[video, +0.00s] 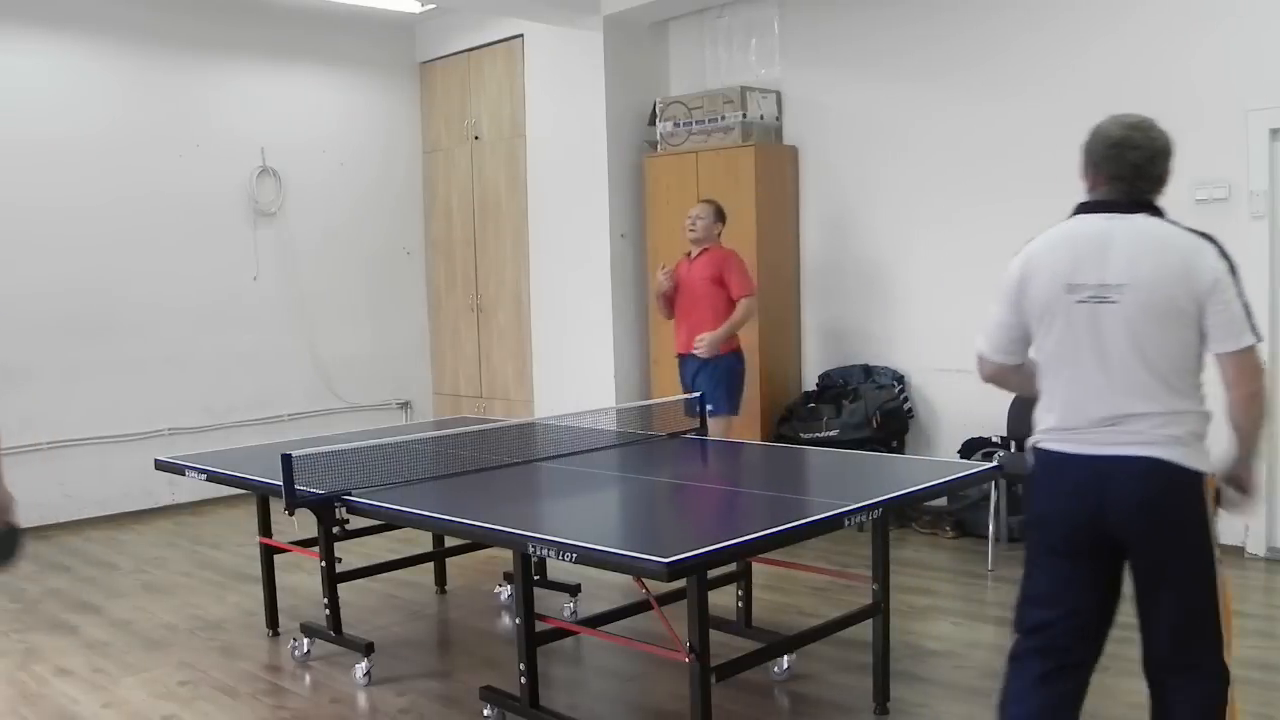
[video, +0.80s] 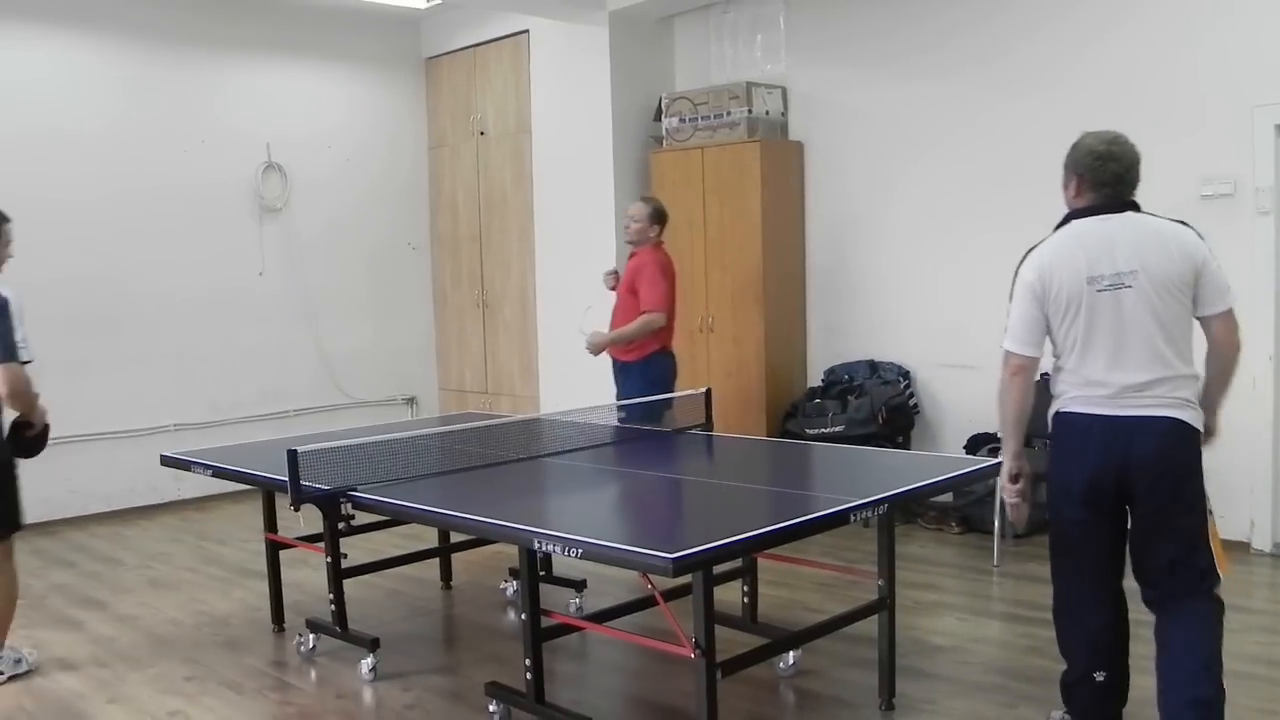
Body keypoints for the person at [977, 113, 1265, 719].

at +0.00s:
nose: (1083, 175)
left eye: (1086, 167)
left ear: (1087, 173)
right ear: (1161, 178)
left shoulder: (1040, 253)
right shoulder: (1198, 255)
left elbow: (996, 365)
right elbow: (1245, 380)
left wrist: (1064, 384)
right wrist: (1242, 461)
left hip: (1063, 481)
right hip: (1163, 486)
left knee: (1046, 653)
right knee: (1186, 665)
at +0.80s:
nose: (1061, 189)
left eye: (1064, 180)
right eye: (1065, 180)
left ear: (1076, 185)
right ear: (1134, 185)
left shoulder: (1046, 258)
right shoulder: (1184, 242)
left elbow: (1019, 367)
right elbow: (1225, 340)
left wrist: (1012, 456)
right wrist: (1209, 407)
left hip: (1081, 443)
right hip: (1168, 441)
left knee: (1085, 587)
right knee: (1182, 588)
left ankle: (1092, 709)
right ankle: (1194, 711)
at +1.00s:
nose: (1044, 194)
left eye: (1047, 185)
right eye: (1047, 185)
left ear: (1060, 189)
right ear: (1115, 189)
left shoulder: (1035, 261)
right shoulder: (1166, 241)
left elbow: (1000, 368)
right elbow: (1200, 326)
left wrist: (1006, 445)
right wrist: (1145, 355)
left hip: (1078, 438)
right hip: (1160, 434)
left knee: (1083, 582)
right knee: (1168, 578)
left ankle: (1093, 710)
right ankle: (1178, 709)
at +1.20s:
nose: (1044, 196)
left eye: (1047, 187)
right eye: (1047, 186)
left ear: (1060, 190)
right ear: (1111, 190)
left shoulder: (1040, 257)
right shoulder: (1158, 243)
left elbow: (1011, 366)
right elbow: (1152, 323)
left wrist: (1023, 418)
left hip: (1078, 426)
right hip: (1155, 424)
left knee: (1082, 572)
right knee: (1156, 559)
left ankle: (1094, 706)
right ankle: (1145, 687)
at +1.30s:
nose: (1049, 197)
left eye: (1051, 187)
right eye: (1051, 187)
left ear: (1064, 190)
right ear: (1114, 192)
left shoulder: (1045, 256)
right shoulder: (1157, 241)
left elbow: (1018, 364)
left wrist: (1026, 408)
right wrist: (1063, 234)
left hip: (1079, 424)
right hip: (1153, 422)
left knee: (1081, 566)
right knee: (1146, 552)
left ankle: (1094, 704)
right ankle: (1131, 679)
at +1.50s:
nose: (1060, 202)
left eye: (1064, 192)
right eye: (1063, 191)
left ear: (1079, 193)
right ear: (1123, 196)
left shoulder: (1063, 255)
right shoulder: (1161, 247)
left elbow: (1026, 359)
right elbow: (1139, 327)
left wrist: (1027, 407)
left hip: (1080, 425)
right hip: (1150, 423)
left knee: (1075, 566)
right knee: (1137, 554)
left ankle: (1094, 706)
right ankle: (1123, 682)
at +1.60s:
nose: (1066, 199)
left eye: (1069, 190)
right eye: (1069, 189)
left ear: (1084, 191)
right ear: (1129, 193)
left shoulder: (1066, 253)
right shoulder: (1164, 247)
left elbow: (1034, 351)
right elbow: (1147, 327)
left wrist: (1027, 405)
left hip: (1082, 424)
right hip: (1152, 421)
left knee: (1069, 560)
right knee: (1137, 552)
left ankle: (1092, 704)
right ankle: (1123, 682)